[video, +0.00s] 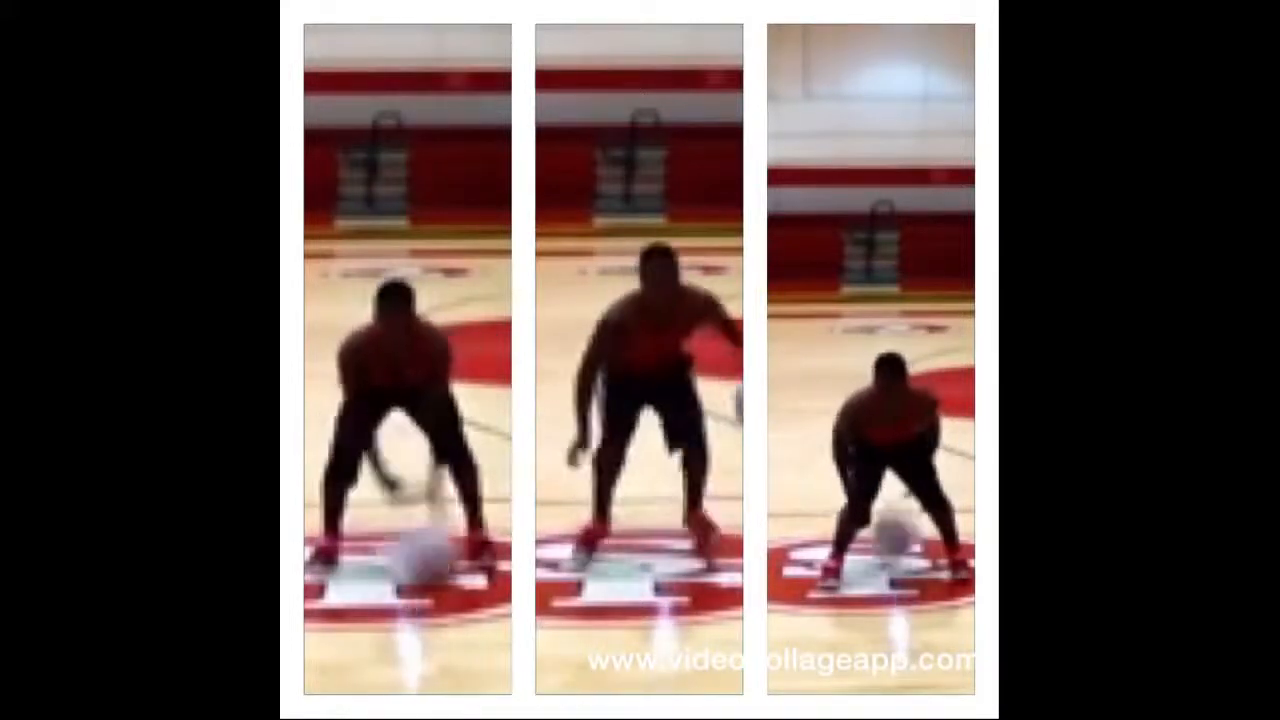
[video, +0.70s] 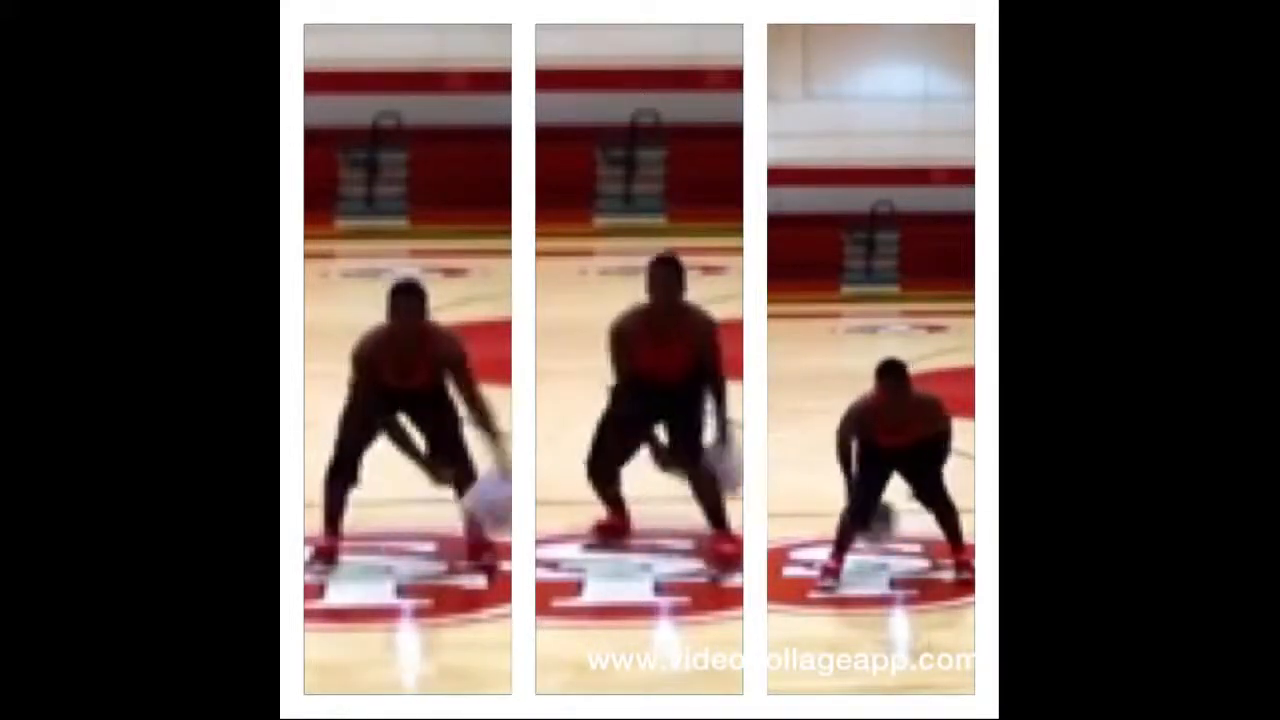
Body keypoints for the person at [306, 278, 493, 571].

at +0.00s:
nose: (395, 330)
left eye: (402, 319)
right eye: (388, 320)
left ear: (413, 315)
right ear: (377, 316)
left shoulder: (433, 344)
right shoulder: (356, 350)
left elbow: (440, 417)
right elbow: (361, 425)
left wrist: (435, 478)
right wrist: (381, 472)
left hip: (423, 392)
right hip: (370, 396)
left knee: (460, 458)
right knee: (339, 469)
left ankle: (477, 533)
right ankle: (330, 540)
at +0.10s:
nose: (403, 332)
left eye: (410, 322)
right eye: (396, 323)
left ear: (420, 319)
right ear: (385, 320)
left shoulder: (438, 347)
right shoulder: (364, 356)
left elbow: (471, 398)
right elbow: (381, 420)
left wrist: (502, 442)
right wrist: (425, 462)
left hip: (424, 398)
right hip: (372, 400)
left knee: (460, 465)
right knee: (339, 472)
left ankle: (475, 536)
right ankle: (330, 540)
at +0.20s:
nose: (412, 330)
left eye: (419, 321)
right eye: (404, 321)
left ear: (429, 318)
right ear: (394, 319)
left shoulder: (443, 346)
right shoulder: (376, 353)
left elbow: (485, 388)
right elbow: (381, 420)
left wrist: (515, 422)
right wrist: (428, 462)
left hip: (425, 397)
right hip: (376, 399)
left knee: (460, 465)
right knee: (343, 472)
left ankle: (475, 536)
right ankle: (331, 541)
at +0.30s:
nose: (413, 323)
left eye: (419, 313)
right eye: (407, 314)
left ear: (430, 311)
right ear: (397, 313)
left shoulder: (454, 347)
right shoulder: (378, 348)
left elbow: (465, 412)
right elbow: (377, 426)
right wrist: (400, 482)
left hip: (431, 394)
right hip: (380, 395)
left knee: (464, 462)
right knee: (347, 466)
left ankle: (476, 538)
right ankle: (330, 541)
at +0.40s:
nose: (408, 324)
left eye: (415, 315)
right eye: (402, 315)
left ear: (426, 312)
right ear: (392, 313)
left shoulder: (450, 345)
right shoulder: (372, 348)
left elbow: (438, 414)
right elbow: (351, 410)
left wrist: (401, 455)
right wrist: (342, 459)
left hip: (431, 396)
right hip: (379, 396)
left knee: (463, 462)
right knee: (350, 460)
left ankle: (475, 534)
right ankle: (328, 540)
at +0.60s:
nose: (403, 323)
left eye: (409, 313)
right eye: (395, 313)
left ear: (421, 310)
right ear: (385, 311)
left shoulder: (441, 343)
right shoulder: (362, 347)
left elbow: (443, 410)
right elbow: (358, 410)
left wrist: (427, 468)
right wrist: (364, 462)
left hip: (425, 397)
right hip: (374, 397)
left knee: (458, 464)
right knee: (342, 467)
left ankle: (475, 534)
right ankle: (331, 539)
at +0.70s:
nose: (406, 323)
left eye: (414, 314)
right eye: (400, 314)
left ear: (424, 313)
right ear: (390, 314)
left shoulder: (443, 344)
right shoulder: (370, 350)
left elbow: (471, 397)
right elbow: (386, 421)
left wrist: (496, 441)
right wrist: (426, 465)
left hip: (426, 396)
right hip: (375, 398)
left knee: (458, 463)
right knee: (341, 468)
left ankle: (477, 538)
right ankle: (330, 541)